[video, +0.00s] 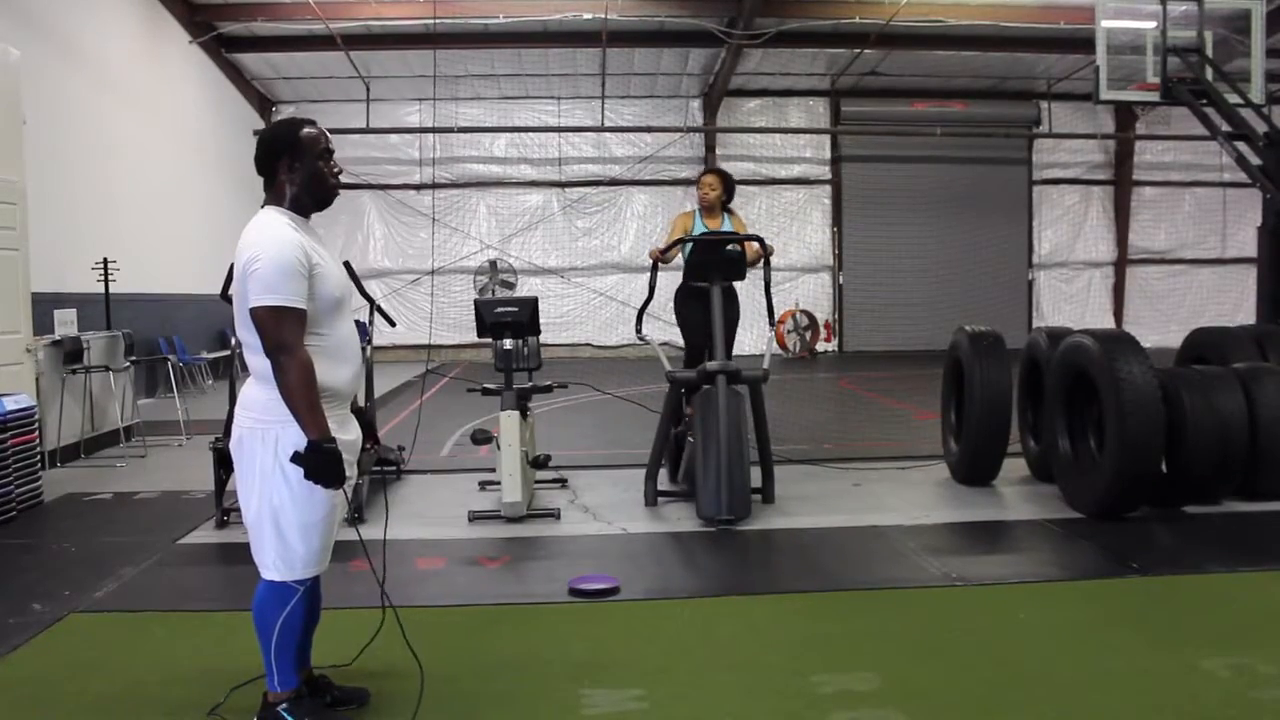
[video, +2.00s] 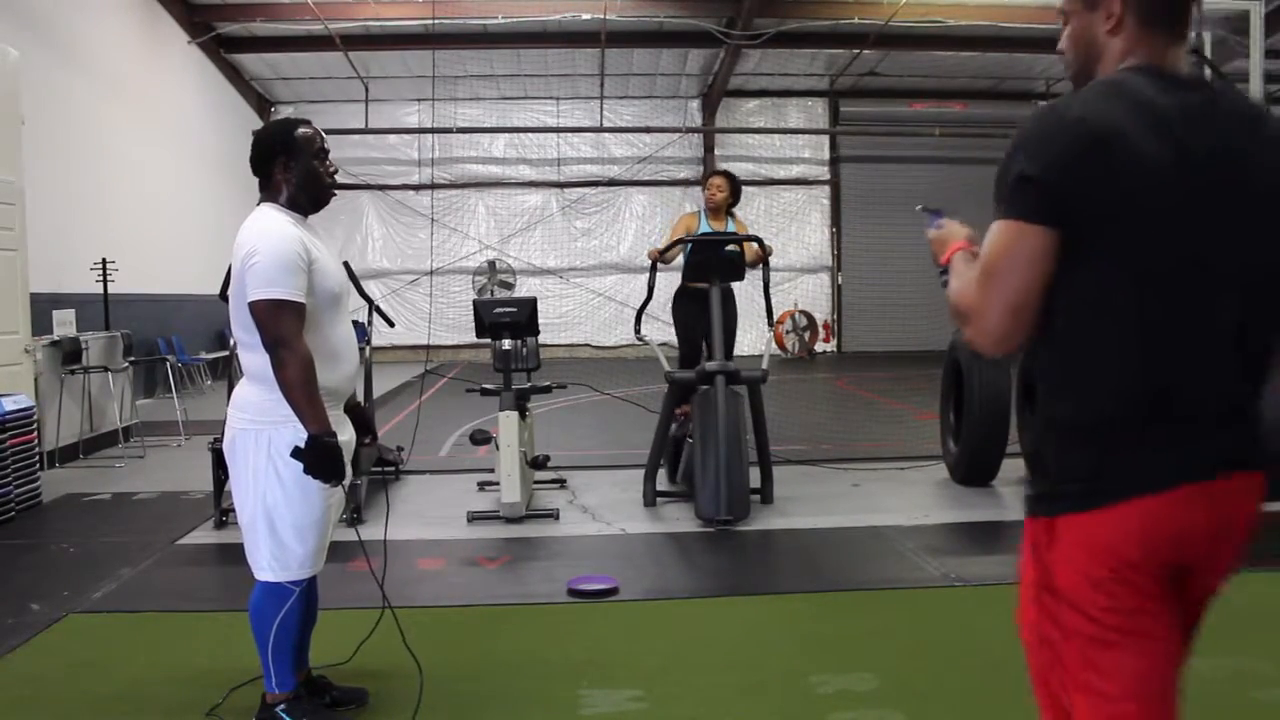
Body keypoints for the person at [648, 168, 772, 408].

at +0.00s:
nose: (704, 193)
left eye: (711, 189)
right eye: (701, 188)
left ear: (723, 194)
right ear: (696, 190)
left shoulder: (734, 221)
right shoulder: (685, 220)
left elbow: (746, 258)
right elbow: (670, 253)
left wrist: (759, 253)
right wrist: (660, 255)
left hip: (725, 294)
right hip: (692, 295)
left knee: (723, 352)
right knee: (696, 348)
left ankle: (721, 407)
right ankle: (690, 405)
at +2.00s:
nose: (712, 193)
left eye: (719, 189)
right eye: (708, 188)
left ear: (730, 197)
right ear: (703, 192)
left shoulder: (737, 225)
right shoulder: (690, 221)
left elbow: (748, 259)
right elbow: (670, 256)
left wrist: (760, 254)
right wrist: (659, 254)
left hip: (723, 297)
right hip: (691, 297)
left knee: (723, 356)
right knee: (690, 354)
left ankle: (720, 409)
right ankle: (683, 408)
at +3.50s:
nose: (693, 187)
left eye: (699, 182)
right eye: (688, 182)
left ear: (708, 188)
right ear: (680, 187)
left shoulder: (722, 217)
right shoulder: (672, 218)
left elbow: (731, 250)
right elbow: (662, 252)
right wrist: (657, 255)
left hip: (716, 293)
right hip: (683, 294)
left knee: (722, 360)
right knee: (686, 360)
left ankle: (721, 419)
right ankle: (682, 421)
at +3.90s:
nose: (706, 188)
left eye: (710, 184)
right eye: (699, 184)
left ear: (717, 189)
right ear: (688, 191)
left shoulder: (724, 220)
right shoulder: (676, 221)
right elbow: (662, 257)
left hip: (718, 294)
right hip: (685, 293)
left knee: (718, 359)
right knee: (687, 360)